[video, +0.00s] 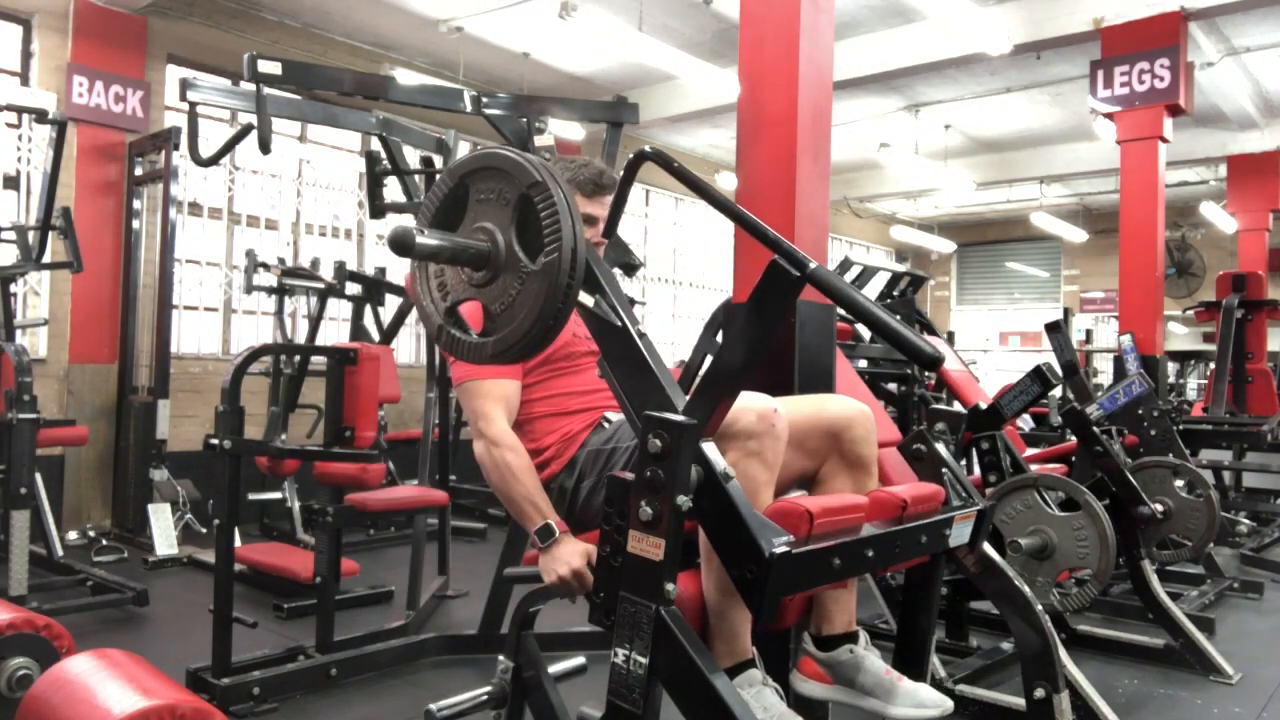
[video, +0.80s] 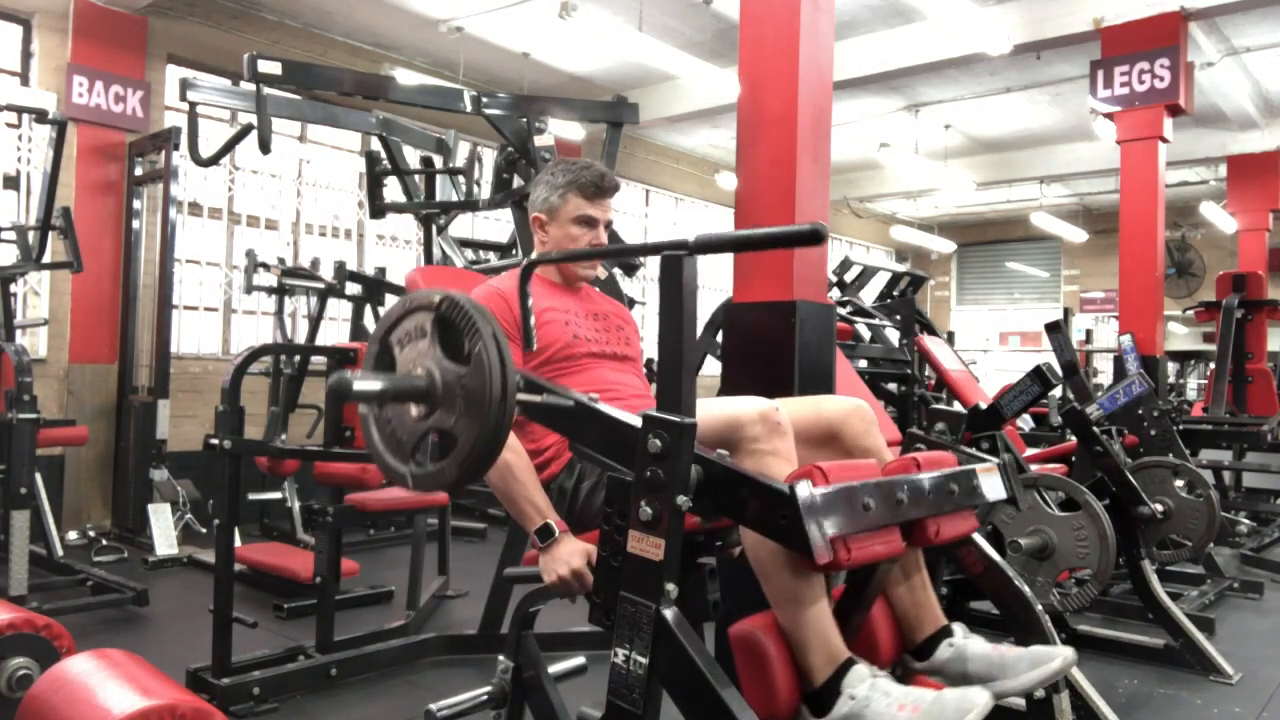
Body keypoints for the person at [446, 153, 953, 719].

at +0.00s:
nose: (600, 242)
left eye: (605, 228)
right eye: (588, 225)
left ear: (606, 227)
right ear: (545, 220)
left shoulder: (582, 297)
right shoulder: (494, 301)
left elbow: (613, 397)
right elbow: (492, 436)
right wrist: (549, 536)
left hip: (643, 441)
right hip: (583, 463)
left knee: (849, 425)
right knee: (756, 425)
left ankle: (834, 642)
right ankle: (734, 662)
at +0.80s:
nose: (600, 237)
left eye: (605, 227)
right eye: (585, 224)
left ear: (604, 231)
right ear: (539, 224)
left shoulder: (611, 306)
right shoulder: (498, 299)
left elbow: (652, 403)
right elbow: (484, 425)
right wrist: (553, 536)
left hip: (662, 443)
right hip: (586, 464)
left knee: (853, 419)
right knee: (760, 428)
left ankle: (934, 642)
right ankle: (834, 683)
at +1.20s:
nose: (596, 239)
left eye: (602, 227)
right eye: (581, 224)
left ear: (602, 229)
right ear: (536, 225)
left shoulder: (605, 304)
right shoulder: (496, 301)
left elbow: (654, 394)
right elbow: (491, 436)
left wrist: (724, 407)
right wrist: (552, 534)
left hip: (658, 435)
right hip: (582, 457)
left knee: (848, 414)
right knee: (760, 425)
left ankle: (992, 621)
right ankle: (891, 665)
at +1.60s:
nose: (593, 238)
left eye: (601, 225)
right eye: (578, 222)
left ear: (604, 230)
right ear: (534, 224)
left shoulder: (611, 308)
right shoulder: (493, 303)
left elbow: (649, 402)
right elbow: (494, 435)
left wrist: (712, 425)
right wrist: (549, 537)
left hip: (655, 452)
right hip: (588, 469)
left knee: (806, 473)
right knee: (795, 418)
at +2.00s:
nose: (594, 236)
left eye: (601, 225)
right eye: (579, 223)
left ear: (601, 231)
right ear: (534, 224)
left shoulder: (607, 304)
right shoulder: (494, 302)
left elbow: (633, 404)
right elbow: (494, 436)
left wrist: (721, 417)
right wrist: (554, 533)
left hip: (650, 448)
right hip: (580, 468)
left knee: (830, 460)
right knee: (772, 433)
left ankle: (1073, 545)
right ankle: (974, 566)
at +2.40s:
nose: (591, 232)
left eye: (598, 220)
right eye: (577, 217)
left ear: (600, 227)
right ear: (532, 219)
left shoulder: (611, 306)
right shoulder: (495, 298)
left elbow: (648, 398)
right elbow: (487, 430)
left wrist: (713, 420)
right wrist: (548, 531)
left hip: (657, 439)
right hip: (581, 460)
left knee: (822, 452)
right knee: (774, 458)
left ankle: (1013, 514)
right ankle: (987, 509)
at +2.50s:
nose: (592, 231)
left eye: (598, 220)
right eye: (577, 216)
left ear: (599, 226)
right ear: (533, 219)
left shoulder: (609, 305)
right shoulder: (495, 298)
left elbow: (649, 397)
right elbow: (487, 429)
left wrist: (719, 430)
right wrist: (548, 532)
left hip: (657, 438)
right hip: (583, 458)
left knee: (819, 453)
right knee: (772, 457)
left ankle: (997, 497)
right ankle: (988, 500)